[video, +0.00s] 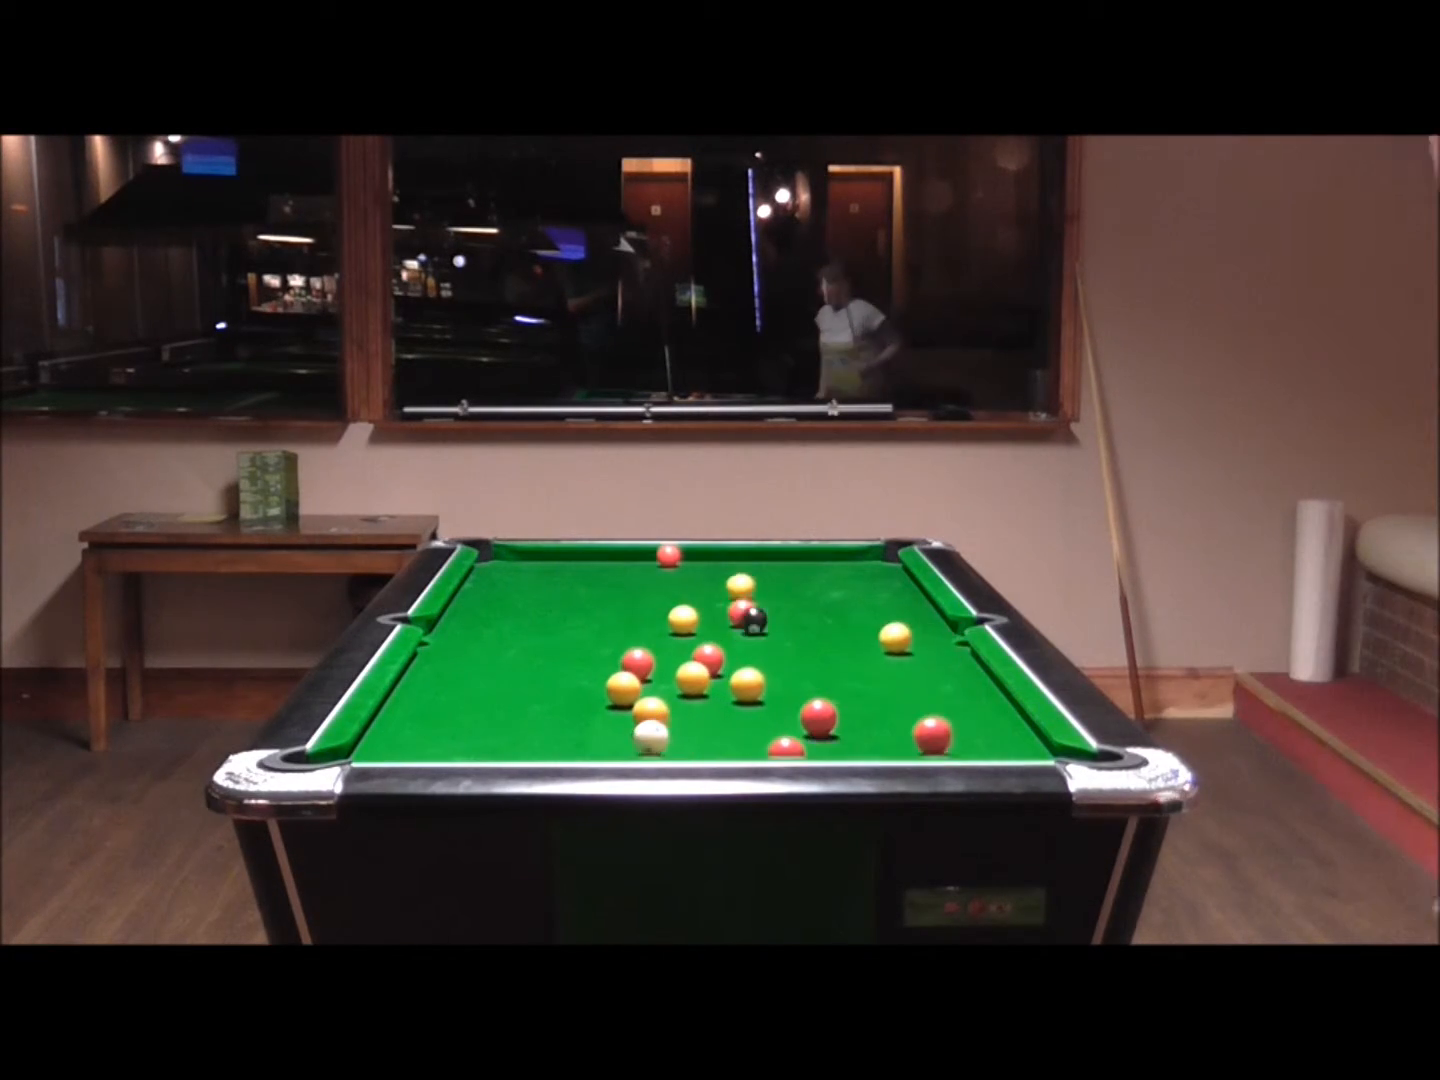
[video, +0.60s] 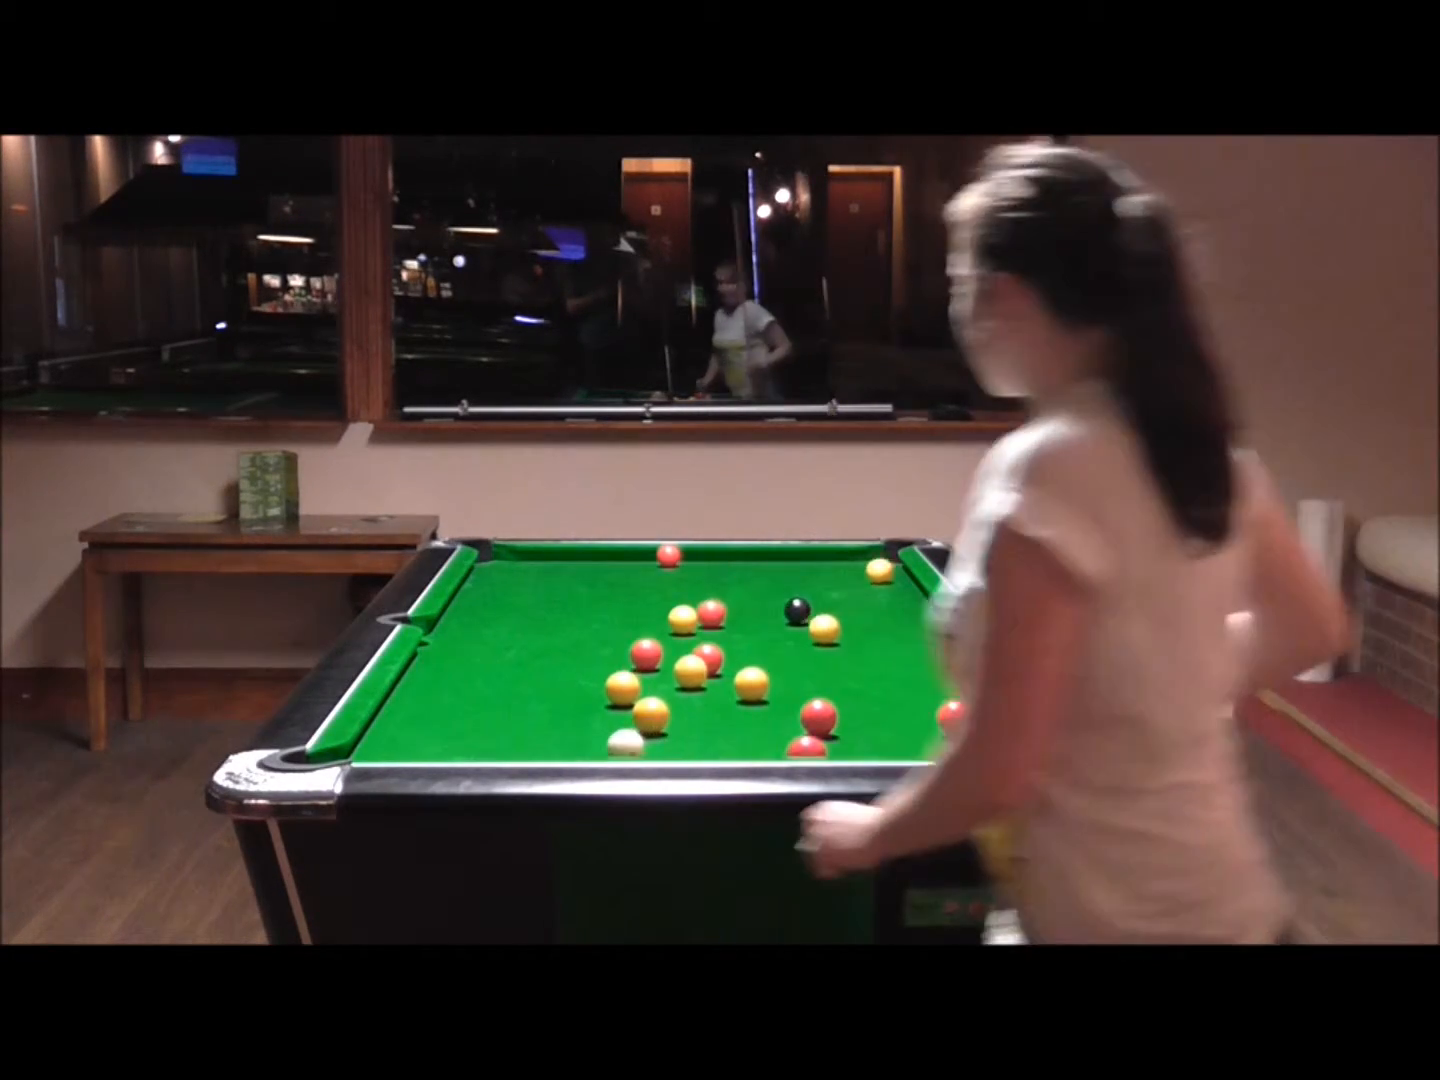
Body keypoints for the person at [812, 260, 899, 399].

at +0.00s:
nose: (826, 291)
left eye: (831, 285)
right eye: (824, 286)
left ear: (843, 286)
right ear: (821, 288)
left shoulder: (861, 310)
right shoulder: (823, 314)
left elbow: (895, 342)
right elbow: (825, 357)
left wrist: (870, 365)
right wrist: (823, 390)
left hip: (861, 392)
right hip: (832, 391)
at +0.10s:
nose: (804, 288)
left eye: (809, 282)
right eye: (802, 283)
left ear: (822, 284)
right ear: (801, 286)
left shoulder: (838, 309)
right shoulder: (803, 313)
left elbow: (871, 343)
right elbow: (806, 357)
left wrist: (847, 362)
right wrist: (804, 391)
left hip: (841, 389)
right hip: (814, 389)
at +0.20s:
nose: (793, 291)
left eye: (797, 286)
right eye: (791, 287)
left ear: (810, 284)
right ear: (788, 287)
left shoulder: (824, 307)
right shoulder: (791, 312)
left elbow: (856, 341)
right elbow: (795, 356)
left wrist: (832, 358)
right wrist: (790, 389)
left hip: (825, 387)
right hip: (800, 388)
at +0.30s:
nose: (776, 294)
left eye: (779, 288)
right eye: (773, 289)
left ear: (790, 283)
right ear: (770, 288)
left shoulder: (802, 304)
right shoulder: (773, 311)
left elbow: (836, 338)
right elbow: (777, 354)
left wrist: (813, 355)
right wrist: (769, 384)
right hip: (783, 385)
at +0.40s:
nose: (758, 287)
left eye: (763, 282)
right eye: (756, 282)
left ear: (777, 283)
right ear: (754, 284)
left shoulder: (789, 304)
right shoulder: (759, 309)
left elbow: (822, 339)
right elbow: (764, 353)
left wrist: (799, 356)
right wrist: (752, 383)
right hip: (772, 389)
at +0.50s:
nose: (738, 288)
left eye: (744, 282)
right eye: (736, 283)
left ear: (758, 285)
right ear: (734, 286)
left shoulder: (768, 309)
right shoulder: (738, 315)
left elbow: (800, 342)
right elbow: (736, 354)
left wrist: (780, 358)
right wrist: (726, 380)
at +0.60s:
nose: (721, 289)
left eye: (727, 283)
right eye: (719, 283)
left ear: (741, 286)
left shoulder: (751, 311)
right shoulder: (720, 315)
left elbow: (784, 345)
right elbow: (718, 354)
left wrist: (764, 361)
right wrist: (707, 380)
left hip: (760, 395)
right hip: (736, 395)